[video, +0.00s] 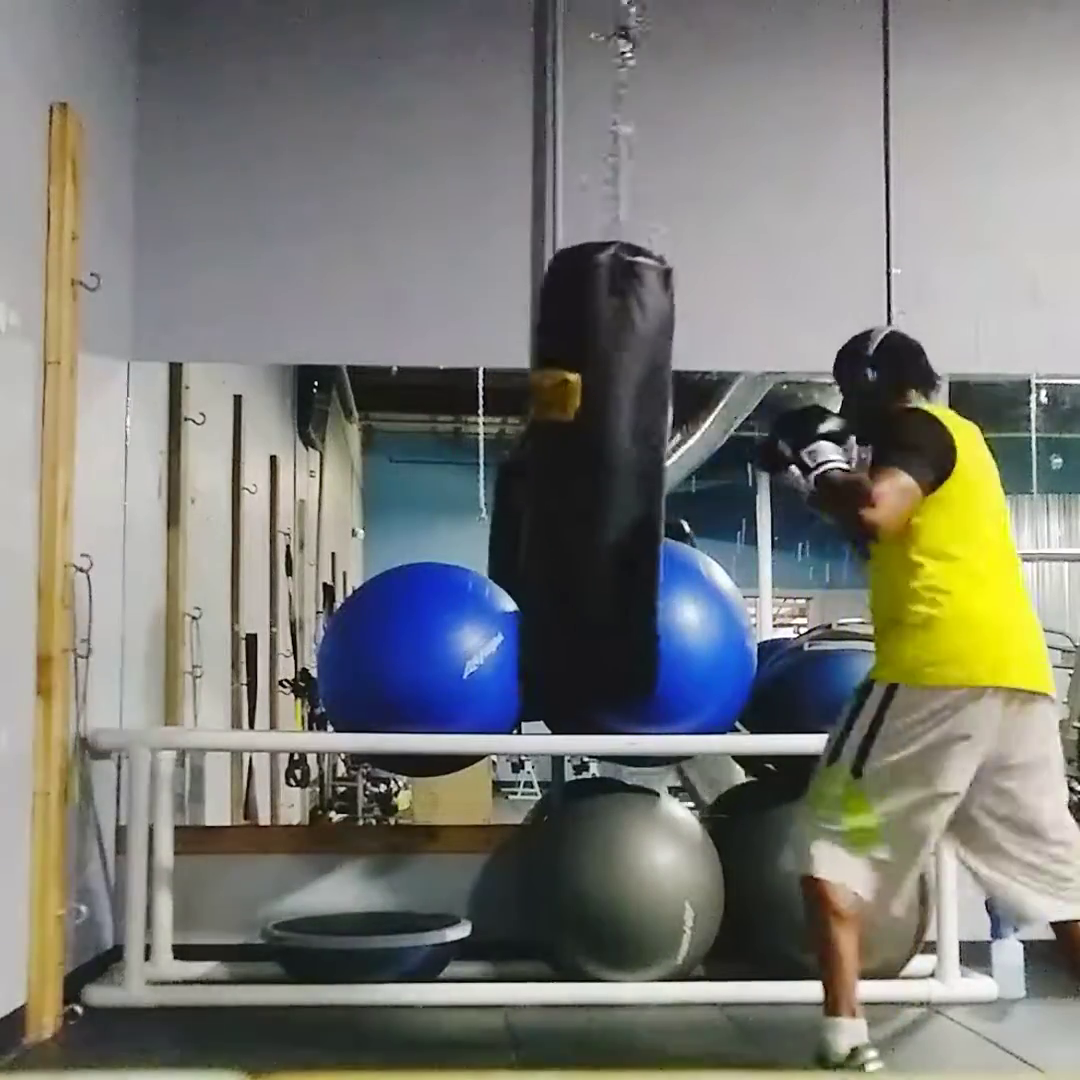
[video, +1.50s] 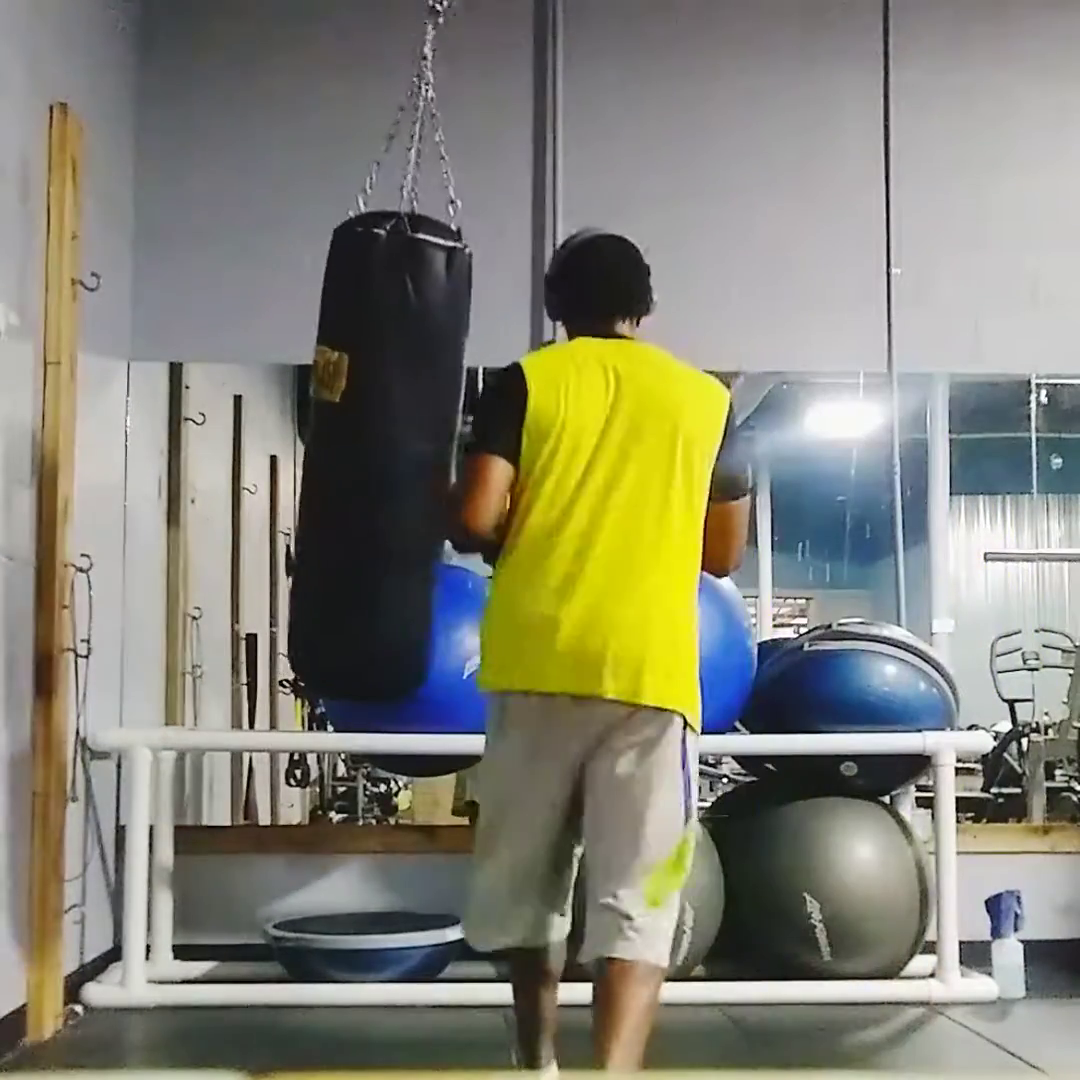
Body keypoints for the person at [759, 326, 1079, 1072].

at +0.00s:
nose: (852, 413)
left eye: (853, 400)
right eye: (850, 403)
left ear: (874, 392)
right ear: (926, 383)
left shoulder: (916, 425)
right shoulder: (963, 435)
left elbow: (877, 512)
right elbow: (881, 516)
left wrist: (821, 468)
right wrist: (829, 476)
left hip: (937, 669)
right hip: (1021, 673)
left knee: (833, 840)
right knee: (1060, 875)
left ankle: (845, 1029)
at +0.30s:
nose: (824, 371)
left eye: (826, 360)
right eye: (824, 362)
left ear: (843, 356)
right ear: (903, 356)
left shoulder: (843, 398)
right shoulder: (958, 417)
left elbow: (728, 464)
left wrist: (676, 442)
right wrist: (805, 439)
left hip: (883, 647)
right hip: (984, 650)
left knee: (819, 841)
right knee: (1008, 853)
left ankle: (821, 1035)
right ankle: (1056, 1037)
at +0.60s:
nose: (752, 375)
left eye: (752, 364)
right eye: (755, 368)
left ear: (762, 360)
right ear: (835, 358)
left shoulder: (754, 399)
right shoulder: (903, 418)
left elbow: (630, 418)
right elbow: (909, 521)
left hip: (804, 642)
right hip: (915, 647)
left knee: (745, 862)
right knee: (968, 866)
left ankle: (707, 1060)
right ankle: (1019, 1056)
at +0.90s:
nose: (684, 366)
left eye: (686, 356)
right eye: (688, 358)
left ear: (695, 352)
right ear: (769, 350)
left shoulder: (688, 396)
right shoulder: (831, 419)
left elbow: (586, 478)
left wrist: (573, 445)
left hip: (706, 653)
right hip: (823, 656)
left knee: (622, 833)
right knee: (867, 861)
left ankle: (570, 1033)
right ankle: (914, 1059)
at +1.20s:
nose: (581, 339)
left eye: (580, 328)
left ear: (584, 324)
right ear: (665, 321)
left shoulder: (561, 377)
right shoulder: (726, 387)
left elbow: (439, 463)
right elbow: (751, 518)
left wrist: (461, 411)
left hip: (598, 633)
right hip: (712, 635)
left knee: (565, 855)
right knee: (747, 855)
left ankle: (541, 1059)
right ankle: (762, 1057)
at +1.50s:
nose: (555, 320)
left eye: (556, 307)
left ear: (557, 309)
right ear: (644, 311)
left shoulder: (528, 381)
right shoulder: (707, 400)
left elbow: (479, 519)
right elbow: (722, 552)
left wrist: (518, 525)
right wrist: (646, 522)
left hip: (538, 659)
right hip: (653, 666)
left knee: (526, 876)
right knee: (640, 888)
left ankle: (537, 1063)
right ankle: (619, 1072)